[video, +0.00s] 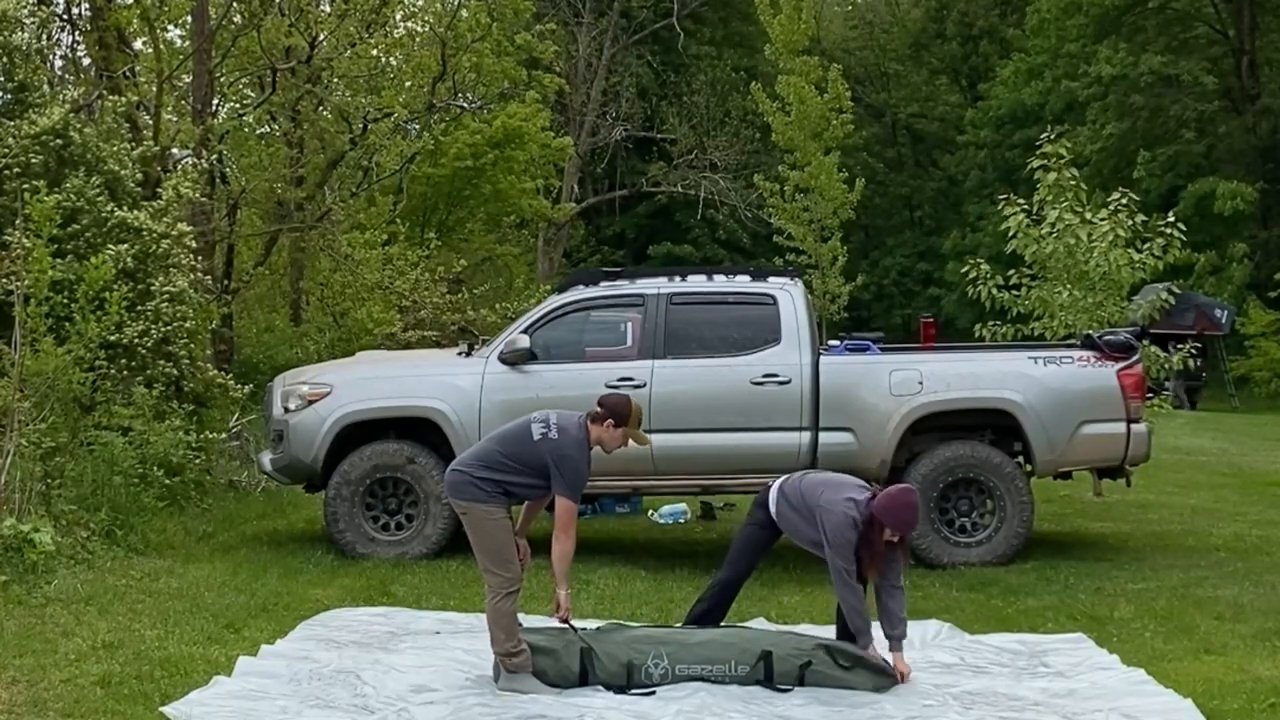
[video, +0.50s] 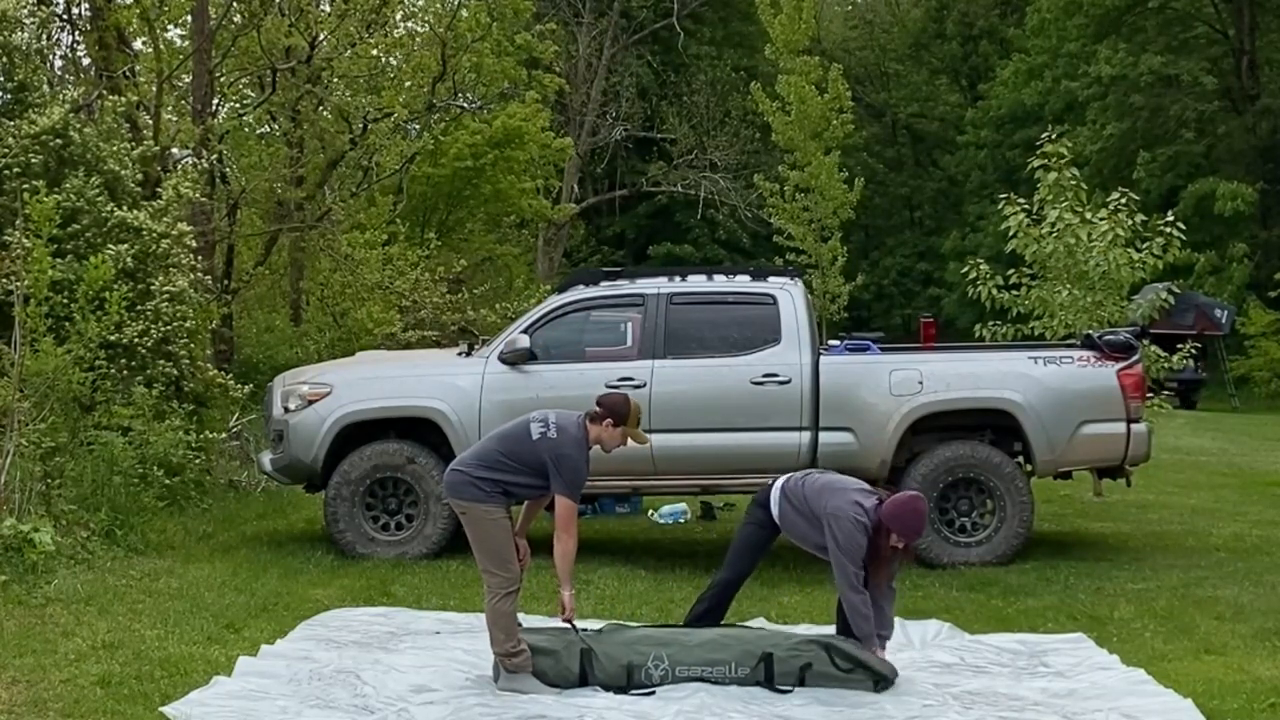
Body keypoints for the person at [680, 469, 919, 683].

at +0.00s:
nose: (892, 538)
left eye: (898, 533)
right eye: (889, 529)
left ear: (905, 529)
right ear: (875, 517)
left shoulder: (894, 527)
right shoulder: (843, 514)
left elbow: (892, 585)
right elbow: (846, 585)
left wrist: (897, 650)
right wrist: (868, 645)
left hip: (828, 514)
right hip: (779, 498)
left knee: (855, 583)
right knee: (731, 576)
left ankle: (847, 656)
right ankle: (689, 639)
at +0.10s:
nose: (894, 542)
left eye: (900, 537)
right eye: (892, 533)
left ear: (906, 532)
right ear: (879, 519)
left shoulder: (890, 523)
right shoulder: (845, 520)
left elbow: (889, 582)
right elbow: (850, 590)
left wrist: (890, 642)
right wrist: (873, 650)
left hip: (828, 508)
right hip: (778, 499)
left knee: (856, 583)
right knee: (730, 576)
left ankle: (848, 658)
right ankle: (686, 642)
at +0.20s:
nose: (896, 542)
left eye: (903, 537)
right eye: (894, 534)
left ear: (907, 532)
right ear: (881, 519)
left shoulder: (888, 526)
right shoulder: (846, 519)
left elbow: (883, 584)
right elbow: (848, 589)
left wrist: (879, 640)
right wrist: (870, 646)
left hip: (825, 514)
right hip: (777, 500)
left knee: (860, 581)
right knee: (729, 578)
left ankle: (848, 657)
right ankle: (686, 643)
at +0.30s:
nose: (897, 542)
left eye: (903, 537)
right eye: (895, 534)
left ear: (908, 531)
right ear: (882, 518)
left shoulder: (889, 524)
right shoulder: (847, 517)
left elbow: (884, 581)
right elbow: (851, 586)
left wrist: (882, 636)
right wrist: (876, 645)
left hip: (826, 513)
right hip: (777, 500)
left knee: (860, 579)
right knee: (729, 578)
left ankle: (848, 657)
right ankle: (687, 642)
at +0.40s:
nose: (899, 545)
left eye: (906, 541)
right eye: (898, 536)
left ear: (912, 534)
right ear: (885, 521)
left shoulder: (892, 528)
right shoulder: (850, 520)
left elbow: (886, 584)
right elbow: (853, 588)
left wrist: (882, 643)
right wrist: (874, 650)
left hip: (829, 513)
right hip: (779, 501)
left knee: (861, 582)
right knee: (731, 579)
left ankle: (849, 658)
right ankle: (688, 643)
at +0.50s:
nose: (898, 544)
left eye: (905, 541)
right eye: (896, 537)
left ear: (910, 536)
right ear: (885, 523)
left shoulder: (890, 525)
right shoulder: (848, 518)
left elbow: (883, 585)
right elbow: (851, 587)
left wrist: (880, 642)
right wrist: (871, 646)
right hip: (777, 499)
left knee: (861, 580)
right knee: (729, 578)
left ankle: (848, 654)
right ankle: (687, 642)